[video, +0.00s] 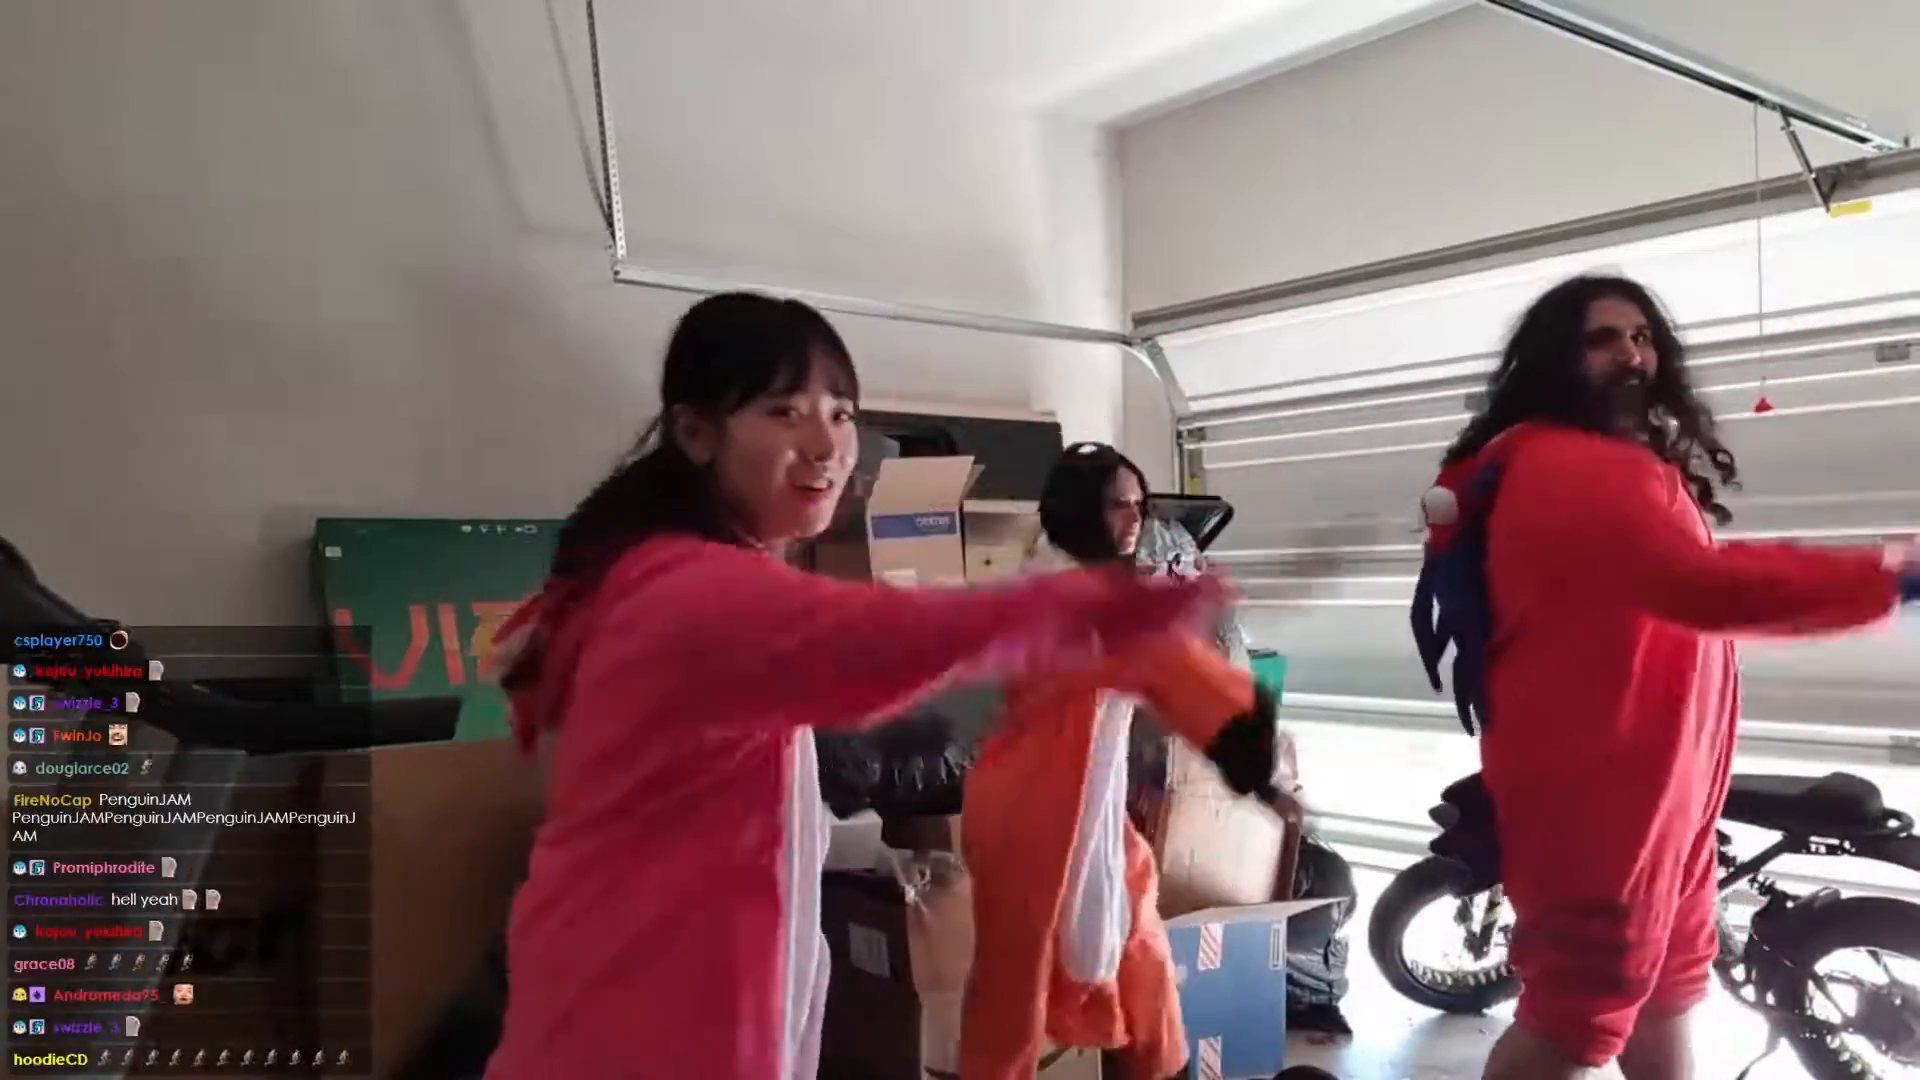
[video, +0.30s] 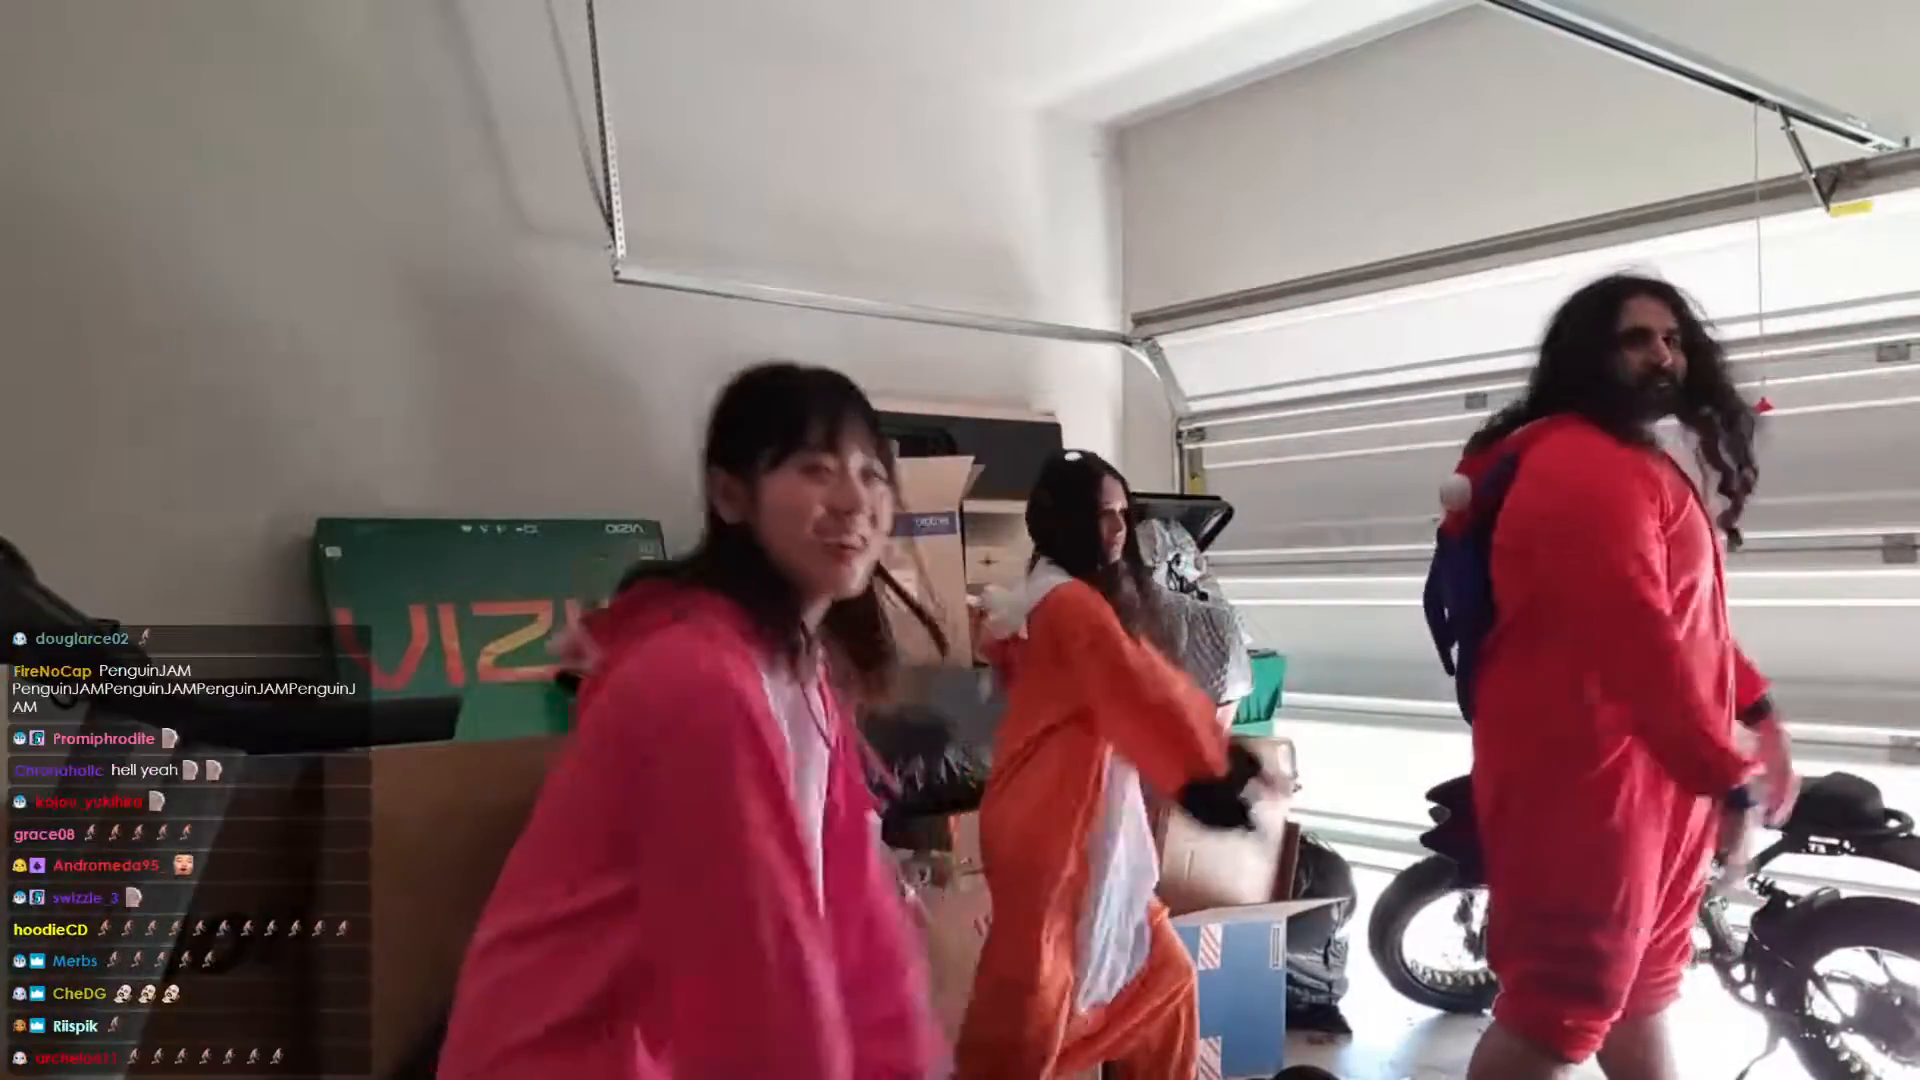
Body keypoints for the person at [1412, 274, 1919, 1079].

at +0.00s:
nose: (1632, 355)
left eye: (1643, 337)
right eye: (1602, 340)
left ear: (1663, 356)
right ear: (1554, 365)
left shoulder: (1637, 467)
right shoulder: (1559, 467)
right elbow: (1692, 581)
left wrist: (1870, 566)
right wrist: (1882, 574)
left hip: (1667, 797)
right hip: (1591, 805)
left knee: (1666, 995)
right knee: (1575, 1021)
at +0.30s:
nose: (1662, 356)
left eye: (1674, 339)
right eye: (1636, 340)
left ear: (1693, 356)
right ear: (1588, 357)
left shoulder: (1663, 462)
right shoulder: (1579, 466)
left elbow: (1695, 614)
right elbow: (1634, 639)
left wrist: (1756, 710)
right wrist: (1729, 775)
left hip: (1660, 769)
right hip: (1581, 776)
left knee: (1640, 1003)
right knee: (1554, 1014)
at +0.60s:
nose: (1703, 421)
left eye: (1706, 405)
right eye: (1689, 401)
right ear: (1630, 395)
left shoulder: (1620, 481)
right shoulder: (1570, 490)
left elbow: (1718, 447)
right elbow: (1753, 458)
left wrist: (1774, 346)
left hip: (1669, 795)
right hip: (1603, 815)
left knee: (1746, 984)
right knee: (1649, 1037)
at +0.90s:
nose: (1725, 395)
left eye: (1729, 375)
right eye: (1712, 373)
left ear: (1634, 367)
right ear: (1657, 369)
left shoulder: (1617, 460)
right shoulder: (1604, 471)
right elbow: (1743, 596)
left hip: (1634, 788)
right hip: (1585, 795)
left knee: (1660, 989)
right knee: (1582, 1015)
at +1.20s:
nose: (1734, 384)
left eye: (1735, 362)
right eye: (1717, 364)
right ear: (1668, 369)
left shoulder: (1669, 471)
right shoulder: (1614, 471)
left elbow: (1688, 645)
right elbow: (1641, 648)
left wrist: (1713, 782)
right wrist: (1714, 793)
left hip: (1633, 768)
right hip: (1569, 773)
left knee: (1638, 1000)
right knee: (1561, 1014)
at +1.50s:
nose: (1626, 392)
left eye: (1638, 373)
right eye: (1596, 375)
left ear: (1657, 381)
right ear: (1549, 393)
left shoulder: (1631, 476)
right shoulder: (1555, 485)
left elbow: (1698, 441)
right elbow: (1744, 442)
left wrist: (1733, 324)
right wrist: (1833, 281)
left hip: (1674, 788)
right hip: (1591, 806)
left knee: (1715, 991)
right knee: (1607, 1029)